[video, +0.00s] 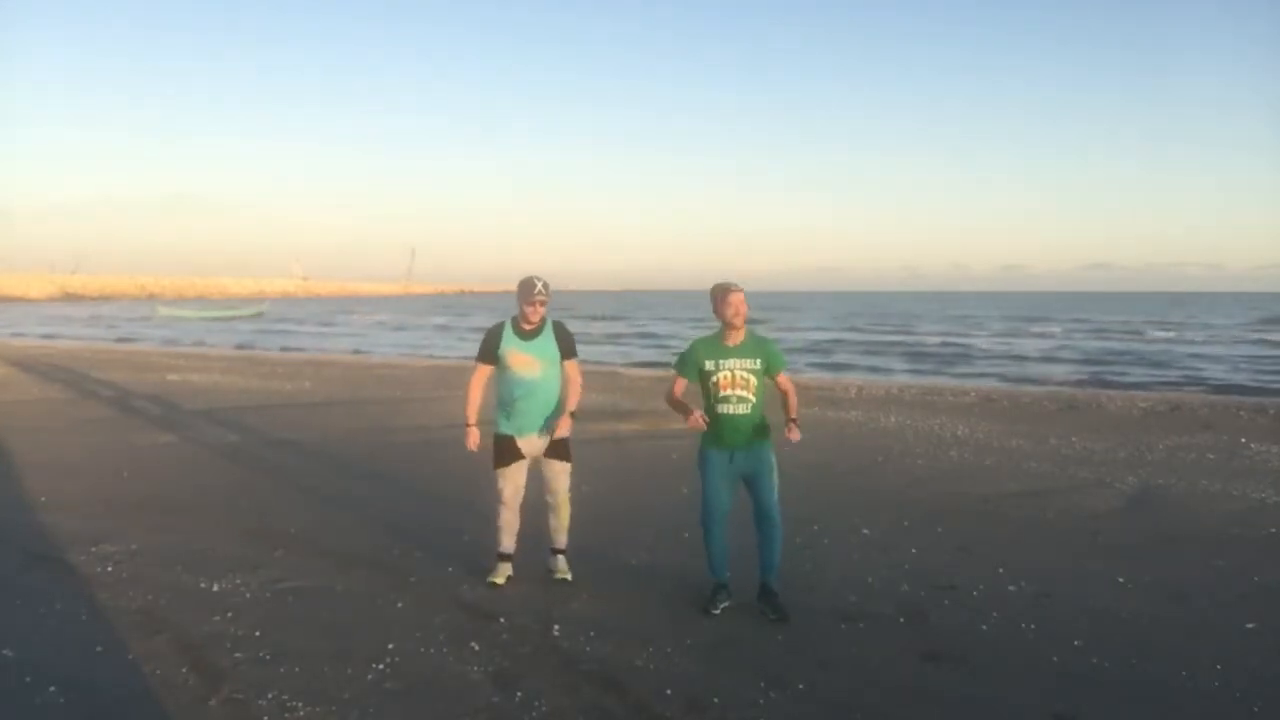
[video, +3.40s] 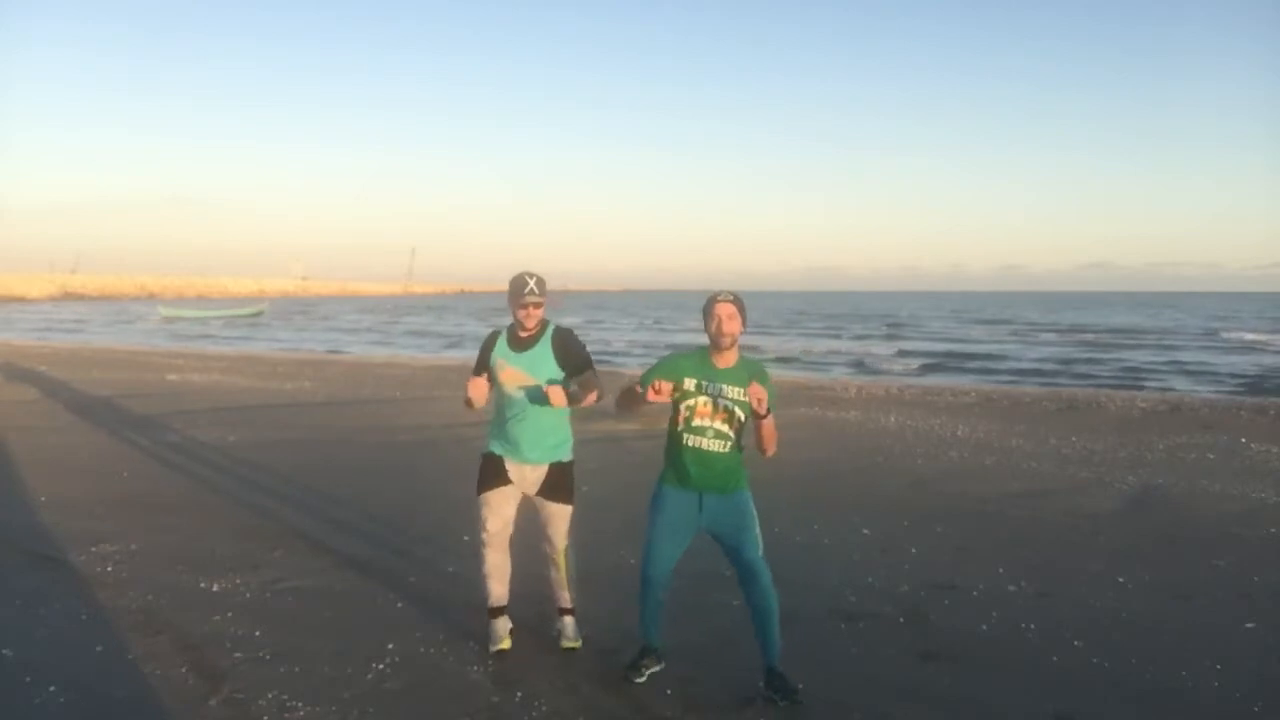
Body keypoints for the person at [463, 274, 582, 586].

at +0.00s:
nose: (535, 309)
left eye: (540, 303)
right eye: (529, 303)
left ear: (547, 305)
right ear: (518, 302)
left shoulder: (559, 333)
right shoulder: (498, 334)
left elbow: (574, 377)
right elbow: (478, 379)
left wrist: (567, 414)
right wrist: (471, 423)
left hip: (553, 430)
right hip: (510, 432)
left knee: (559, 496)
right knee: (508, 498)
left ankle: (559, 555)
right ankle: (504, 560)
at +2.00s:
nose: (499, 327)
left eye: (505, 320)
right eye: (493, 320)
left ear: (514, 321)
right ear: (484, 321)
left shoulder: (532, 349)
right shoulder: (465, 356)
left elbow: (554, 387)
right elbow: (450, 401)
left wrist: (551, 426)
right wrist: (457, 447)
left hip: (534, 450)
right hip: (487, 455)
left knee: (553, 520)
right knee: (482, 524)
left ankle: (563, 593)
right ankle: (480, 583)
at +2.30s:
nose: (524, 316)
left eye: (531, 309)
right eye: (518, 309)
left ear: (540, 310)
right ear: (508, 311)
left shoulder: (560, 340)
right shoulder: (492, 348)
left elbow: (587, 380)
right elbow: (474, 393)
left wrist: (587, 422)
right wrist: (484, 440)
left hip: (562, 450)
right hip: (514, 454)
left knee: (573, 529)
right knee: (499, 525)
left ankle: (581, 606)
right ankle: (481, 576)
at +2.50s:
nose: (548, 315)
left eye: (555, 308)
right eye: (542, 308)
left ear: (564, 308)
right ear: (532, 309)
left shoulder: (582, 343)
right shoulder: (513, 348)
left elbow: (610, 389)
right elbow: (493, 395)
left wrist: (617, 431)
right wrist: (494, 439)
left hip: (574, 454)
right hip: (527, 456)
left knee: (576, 532)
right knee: (523, 532)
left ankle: (581, 609)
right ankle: (529, 591)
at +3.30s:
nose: (536, 311)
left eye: (542, 304)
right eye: (529, 304)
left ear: (550, 304)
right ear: (516, 303)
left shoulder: (566, 339)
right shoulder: (496, 341)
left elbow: (590, 393)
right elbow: (477, 398)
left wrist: (575, 401)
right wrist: (479, 397)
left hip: (559, 458)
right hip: (508, 457)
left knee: (563, 543)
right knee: (508, 544)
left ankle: (568, 615)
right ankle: (511, 625)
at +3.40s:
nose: (529, 312)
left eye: (536, 305)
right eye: (522, 305)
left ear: (545, 305)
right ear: (510, 306)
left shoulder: (563, 340)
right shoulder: (495, 343)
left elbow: (593, 390)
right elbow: (475, 402)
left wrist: (569, 397)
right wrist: (474, 394)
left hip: (553, 459)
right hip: (502, 456)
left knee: (557, 544)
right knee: (493, 535)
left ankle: (566, 616)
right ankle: (497, 617)